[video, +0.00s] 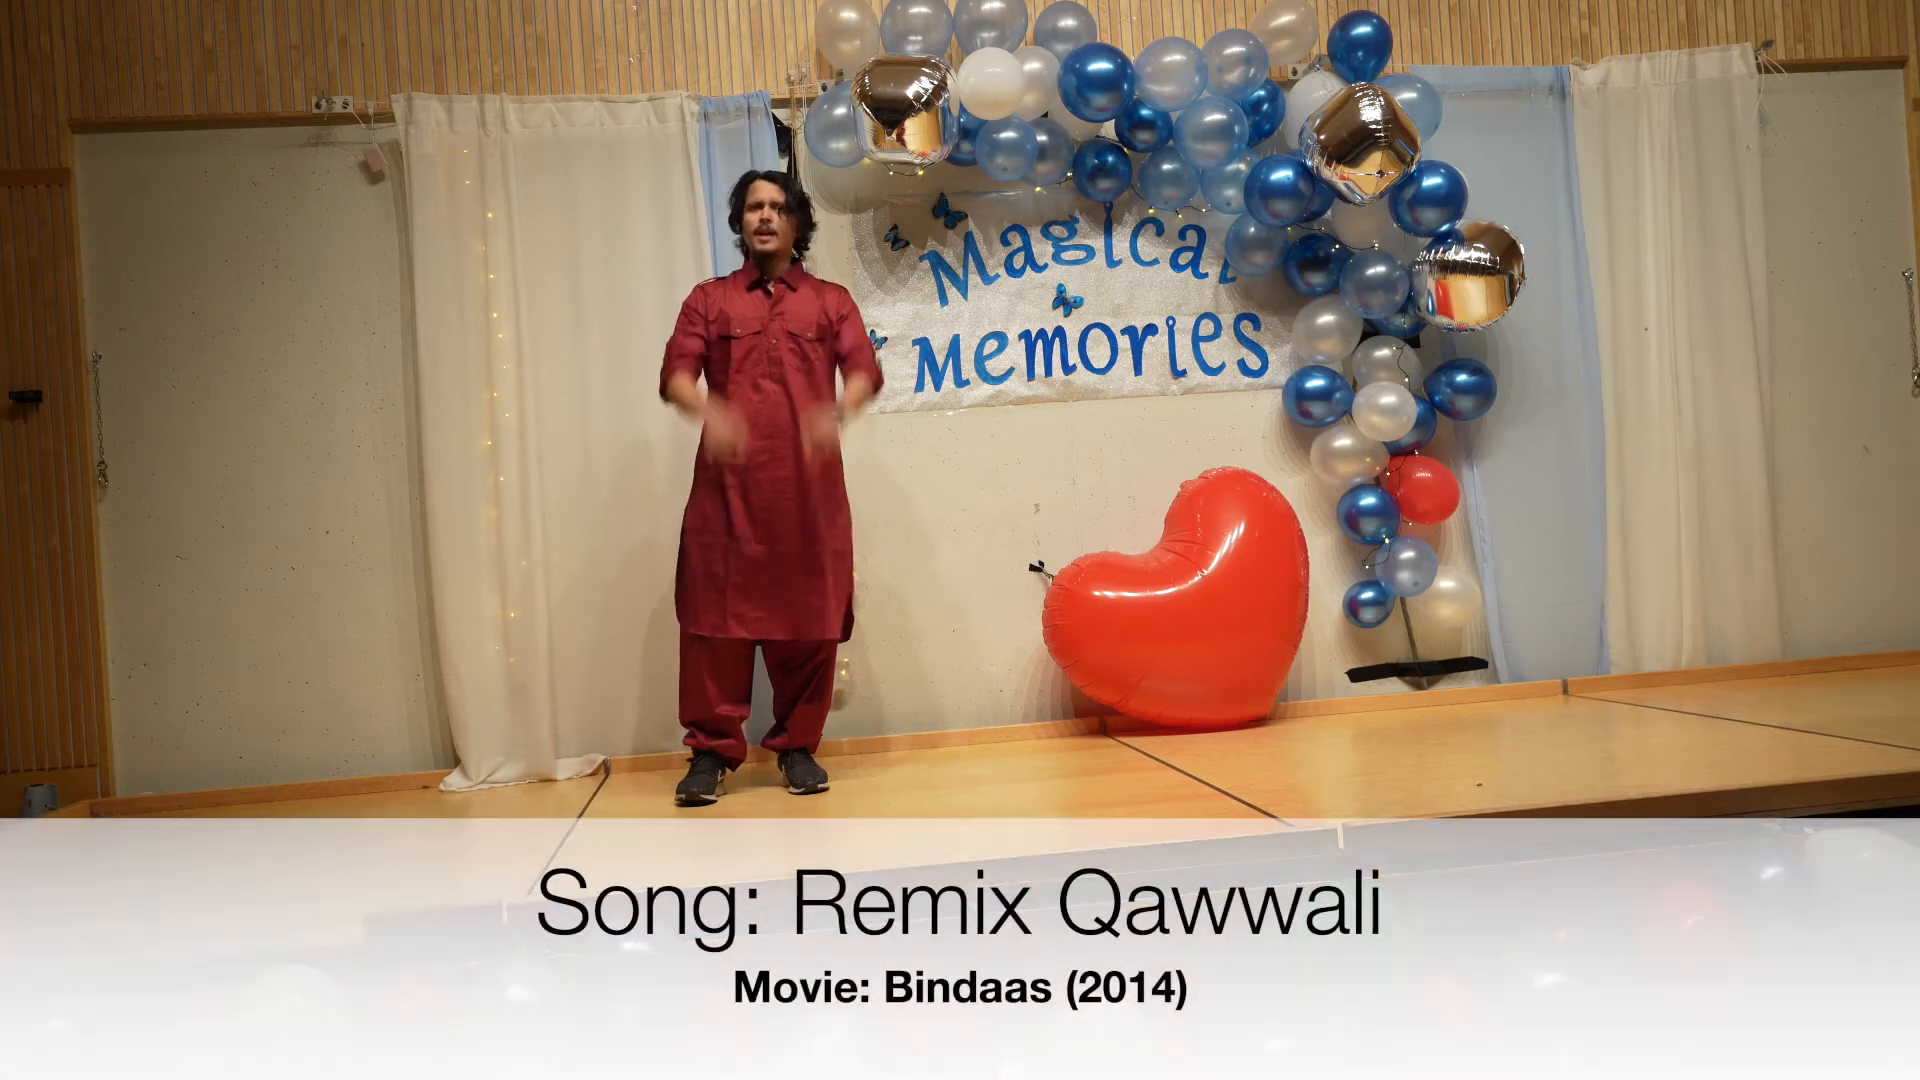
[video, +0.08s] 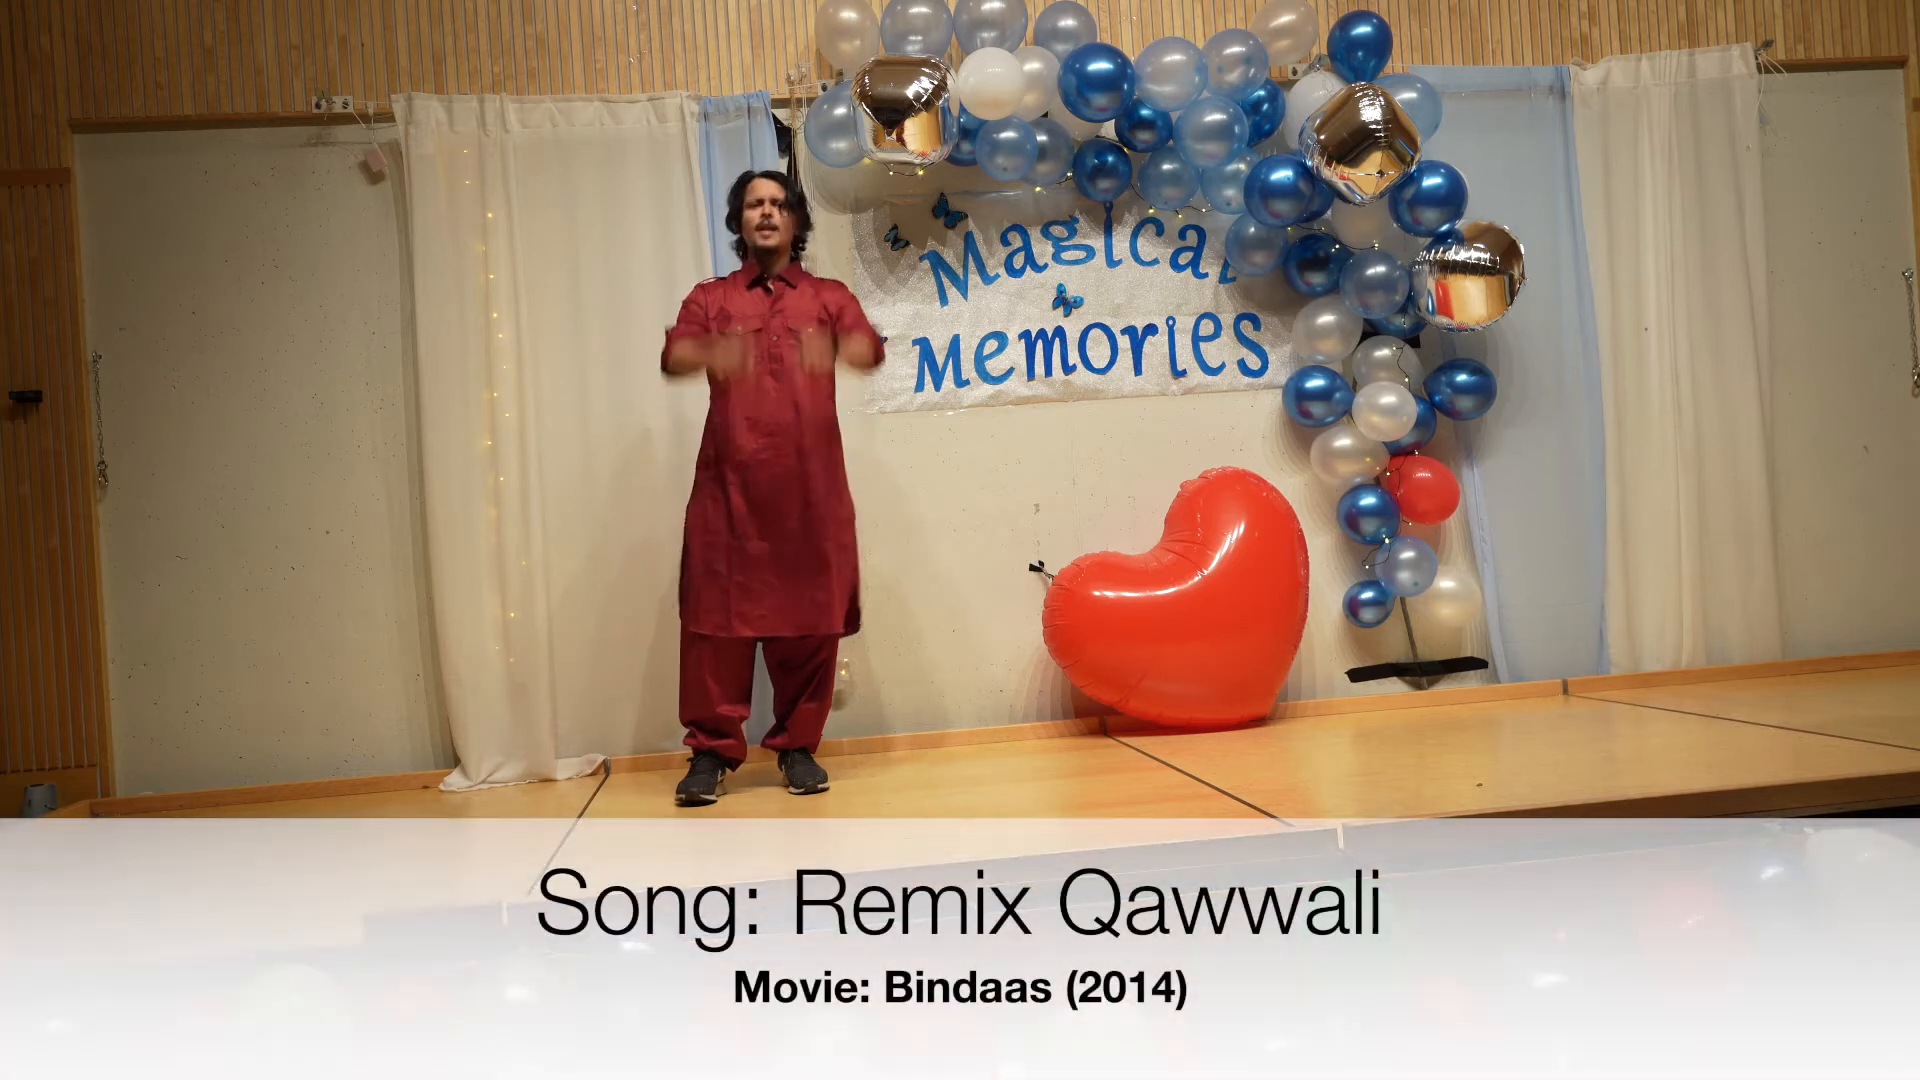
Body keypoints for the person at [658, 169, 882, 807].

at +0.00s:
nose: (763, 218)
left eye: (776, 208)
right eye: (753, 208)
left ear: (799, 223)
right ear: (738, 223)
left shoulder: (830, 299)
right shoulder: (709, 298)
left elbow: (865, 373)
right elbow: (676, 378)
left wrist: (838, 413)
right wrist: (713, 412)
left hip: (806, 484)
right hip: (727, 485)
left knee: (809, 617)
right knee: (713, 616)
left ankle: (799, 748)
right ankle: (710, 752)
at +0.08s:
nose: (765, 214)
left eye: (776, 205)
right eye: (754, 205)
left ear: (798, 222)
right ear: (738, 223)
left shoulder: (828, 296)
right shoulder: (712, 297)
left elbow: (871, 354)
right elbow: (673, 359)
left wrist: (838, 341)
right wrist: (715, 349)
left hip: (809, 483)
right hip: (729, 484)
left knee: (810, 619)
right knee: (714, 617)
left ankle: (799, 749)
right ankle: (710, 753)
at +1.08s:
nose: (763, 220)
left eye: (773, 212)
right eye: (749, 214)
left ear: (791, 230)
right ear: (731, 235)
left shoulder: (830, 301)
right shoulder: (718, 309)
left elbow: (893, 329)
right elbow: (666, 355)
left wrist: (917, 312)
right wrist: (681, 316)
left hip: (825, 477)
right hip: (748, 483)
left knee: (823, 616)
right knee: (754, 615)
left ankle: (802, 747)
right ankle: (765, 751)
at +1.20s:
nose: (764, 224)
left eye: (773, 215)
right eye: (752, 217)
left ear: (791, 229)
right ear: (732, 235)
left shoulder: (826, 299)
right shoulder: (714, 303)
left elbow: (888, 335)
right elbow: (678, 353)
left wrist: (895, 318)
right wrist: (714, 313)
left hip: (827, 471)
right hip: (750, 476)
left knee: (827, 606)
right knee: (767, 602)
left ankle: (808, 742)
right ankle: (791, 742)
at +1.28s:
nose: (766, 228)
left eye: (775, 218)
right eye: (753, 220)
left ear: (792, 229)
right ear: (732, 234)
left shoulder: (825, 296)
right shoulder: (714, 301)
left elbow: (881, 339)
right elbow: (691, 348)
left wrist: (881, 319)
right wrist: (742, 313)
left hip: (829, 471)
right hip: (750, 473)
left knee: (829, 603)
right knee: (771, 597)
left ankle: (809, 744)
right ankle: (800, 731)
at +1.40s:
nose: (769, 239)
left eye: (779, 227)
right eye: (756, 229)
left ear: (795, 229)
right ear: (733, 235)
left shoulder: (825, 290)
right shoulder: (713, 301)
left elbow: (871, 341)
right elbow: (711, 349)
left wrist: (837, 314)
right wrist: (779, 310)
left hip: (830, 465)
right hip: (752, 468)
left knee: (830, 599)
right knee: (778, 592)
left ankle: (800, 745)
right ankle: (820, 716)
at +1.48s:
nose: (771, 241)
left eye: (781, 229)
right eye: (758, 230)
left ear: (798, 230)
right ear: (735, 233)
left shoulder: (826, 288)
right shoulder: (713, 299)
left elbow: (874, 342)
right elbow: (710, 350)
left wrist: (843, 316)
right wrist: (780, 311)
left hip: (831, 466)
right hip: (752, 469)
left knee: (831, 600)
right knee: (780, 593)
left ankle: (800, 744)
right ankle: (826, 718)